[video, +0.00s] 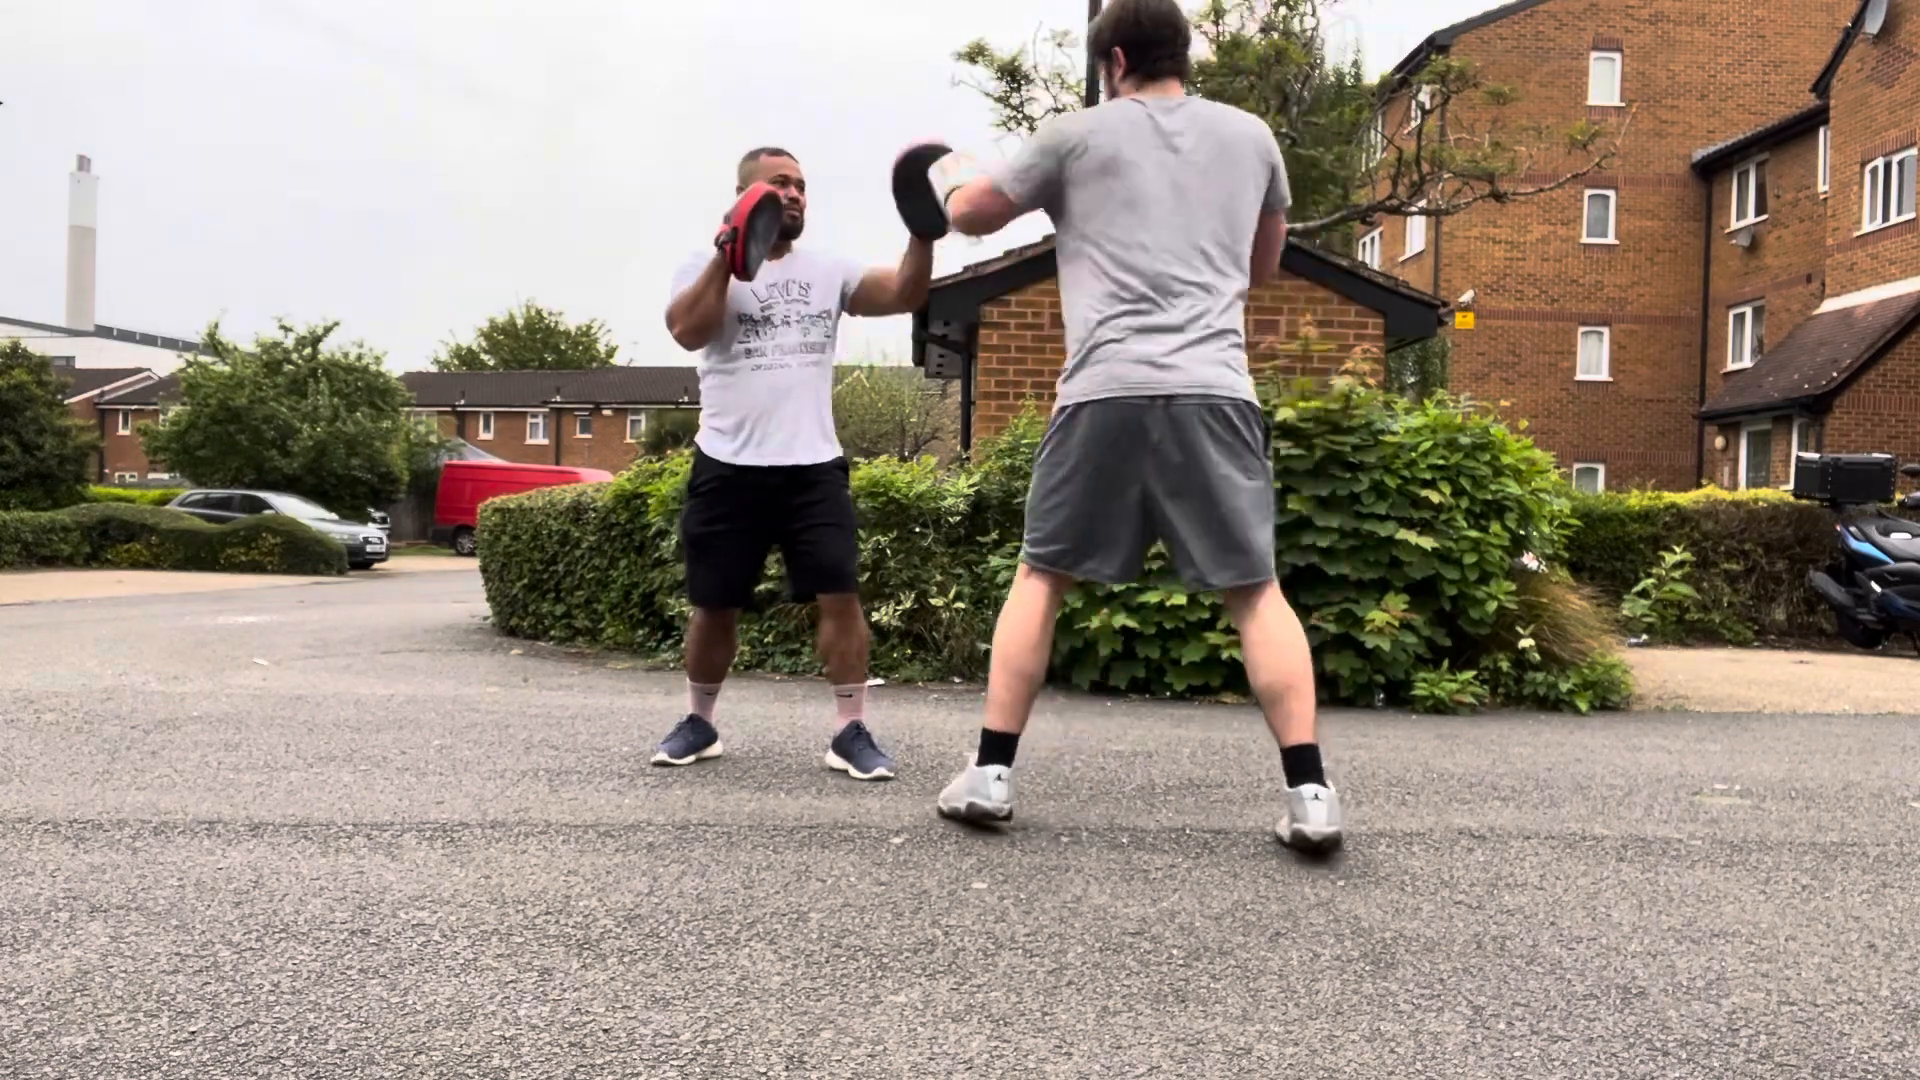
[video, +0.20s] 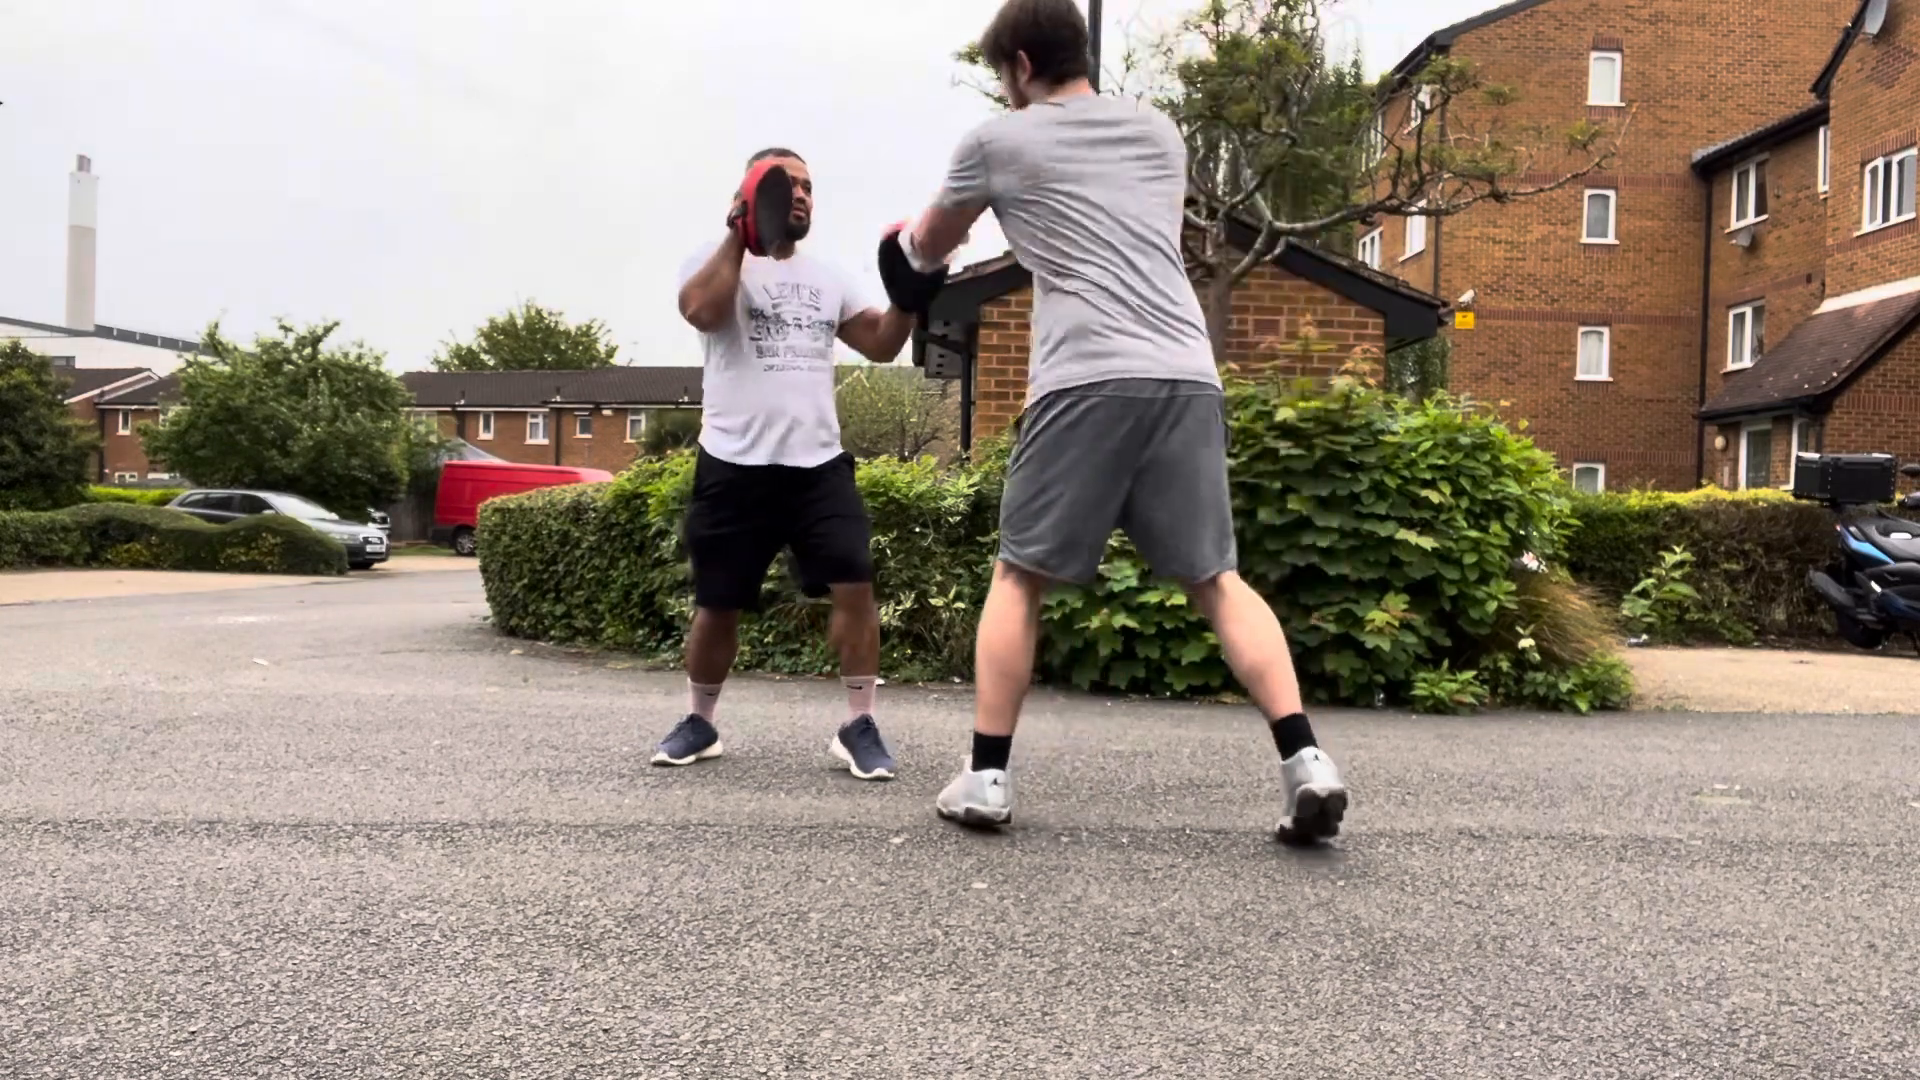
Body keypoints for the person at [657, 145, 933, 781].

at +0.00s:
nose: (792, 193)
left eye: (799, 185)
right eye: (777, 183)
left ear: (807, 200)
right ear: (743, 197)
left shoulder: (827, 268)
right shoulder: (705, 266)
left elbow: (905, 292)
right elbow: (688, 333)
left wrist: (923, 225)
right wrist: (727, 257)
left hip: (813, 464)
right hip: (727, 465)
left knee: (839, 590)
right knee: (712, 601)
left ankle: (851, 728)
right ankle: (699, 721)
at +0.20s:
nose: (800, 196)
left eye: (807, 187)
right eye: (785, 185)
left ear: (813, 202)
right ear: (750, 197)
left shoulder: (826, 275)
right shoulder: (717, 264)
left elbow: (881, 341)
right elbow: (704, 313)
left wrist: (912, 289)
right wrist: (737, 234)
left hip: (819, 461)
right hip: (734, 461)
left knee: (854, 578)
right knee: (716, 601)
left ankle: (860, 722)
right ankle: (699, 721)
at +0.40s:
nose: (816, 203)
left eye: (824, 189)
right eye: (803, 190)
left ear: (832, 203)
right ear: (777, 197)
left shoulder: (840, 287)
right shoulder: (737, 258)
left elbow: (863, 375)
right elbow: (746, 287)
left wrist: (898, 327)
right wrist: (774, 198)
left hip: (826, 464)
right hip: (743, 459)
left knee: (859, 589)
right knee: (722, 602)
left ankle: (888, 726)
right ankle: (699, 720)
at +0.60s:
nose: (849, 191)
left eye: (856, 184)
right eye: (834, 180)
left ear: (864, 202)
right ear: (799, 195)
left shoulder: (891, 265)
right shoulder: (764, 270)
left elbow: (981, 274)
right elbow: (731, 351)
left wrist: (1006, 211)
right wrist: (795, 301)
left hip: (856, 466)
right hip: (768, 464)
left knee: (881, 591)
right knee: (734, 600)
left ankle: (892, 730)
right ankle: (700, 719)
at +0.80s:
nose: (882, 189)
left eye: (889, 181)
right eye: (867, 177)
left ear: (896, 196)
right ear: (830, 190)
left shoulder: (917, 259)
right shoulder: (797, 263)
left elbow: (997, 280)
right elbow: (743, 337)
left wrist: (1037, 230)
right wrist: (794, 282)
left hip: (877, 464)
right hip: (790, 460)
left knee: (893, 596)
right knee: (746, 592)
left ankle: (893, 730)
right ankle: (699, 709)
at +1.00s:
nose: (908, 194)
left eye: (914, 188)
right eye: (896, 181)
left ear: (918, 206)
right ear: (859, 189)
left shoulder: (928, 285)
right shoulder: (821, 255)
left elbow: (961, 372)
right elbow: (777, 288)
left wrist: (992, 328)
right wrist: (807, 211)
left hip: (884, 468)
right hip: (801, 458)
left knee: (895, 593)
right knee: (759, 591)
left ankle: (893, 731)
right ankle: (719, 709)